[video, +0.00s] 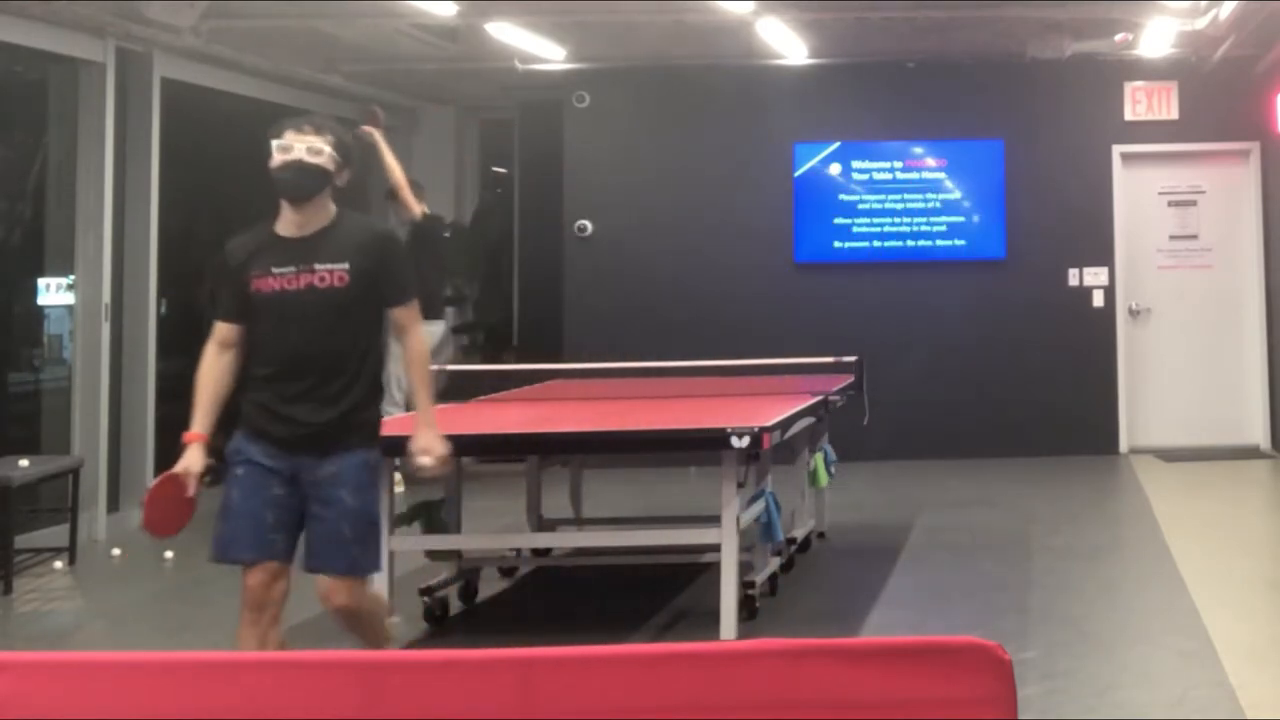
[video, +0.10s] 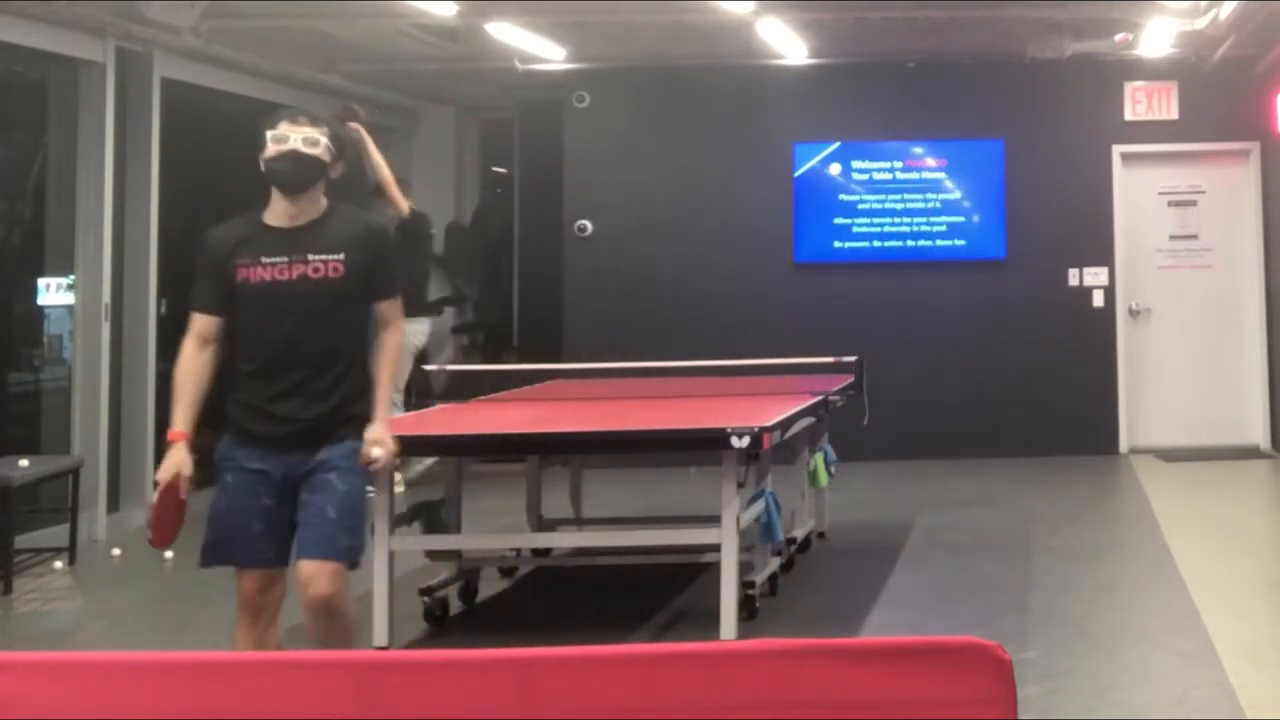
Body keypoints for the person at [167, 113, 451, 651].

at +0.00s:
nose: (294, 158)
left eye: (311, 150)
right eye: (283, 149)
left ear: (340, 170)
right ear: (268, 165)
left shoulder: (373, 243)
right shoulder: (244, 253)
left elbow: (410, 330)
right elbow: (222, 346)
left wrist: (426, 423)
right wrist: (197, 440)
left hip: (345, 446)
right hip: (262, 444)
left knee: (340, 595)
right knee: (259, 588)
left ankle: (389, 652)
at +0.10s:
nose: (294, 146)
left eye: (310, 140)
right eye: (281, 138)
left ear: (334, 165)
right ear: (262, 159)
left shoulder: (365, 235)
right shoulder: (226, 244)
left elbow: (391, 326)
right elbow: (201, 341)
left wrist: (381, 420)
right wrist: (178, 439)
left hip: (336, 443)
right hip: (252, 444)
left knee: (320, 589)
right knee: (255, 594)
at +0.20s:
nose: (296, 146)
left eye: (313, 140)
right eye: (283, 137)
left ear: (333, 166)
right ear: (261, 160)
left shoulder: (359, 241)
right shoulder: (216, 245)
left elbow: (381, 332)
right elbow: (177, 344)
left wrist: (379, 426)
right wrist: (166, 441)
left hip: (326, 448)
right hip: (242, 450)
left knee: (308, 596)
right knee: (252, 606)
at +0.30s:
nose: (305, 152)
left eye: (321, 146)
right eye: (290, 142)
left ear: (337, 172)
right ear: (263, 165)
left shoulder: (357, 255)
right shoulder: (211, 250)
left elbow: (389, 346)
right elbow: (167, 349)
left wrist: (399, 444)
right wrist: (158, 449)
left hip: (316, 470)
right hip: (225, 471)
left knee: (297, 627)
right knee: (245, 623)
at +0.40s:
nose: (318, 150)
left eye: (335, 147)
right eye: (304, 141)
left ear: (348, 180)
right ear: (274, 169)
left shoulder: (363, 263)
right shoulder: (213, 253)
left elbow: (396, 362)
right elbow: (171, 356)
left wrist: (423, 457)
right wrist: (156, 457)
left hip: (310, 482)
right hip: (219, 482)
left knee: (288, 642)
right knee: (226, 641)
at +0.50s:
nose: (336, 144)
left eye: (350, 142)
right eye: (322, 134)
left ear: (360, 183)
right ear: (286, 161)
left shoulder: (369, 261)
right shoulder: (214, 244)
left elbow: (402, 366)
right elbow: (180, 354)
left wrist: (439, 467)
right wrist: (163, 463)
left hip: (317, 480)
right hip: (219, 482)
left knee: (294, 643)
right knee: (200, 653)